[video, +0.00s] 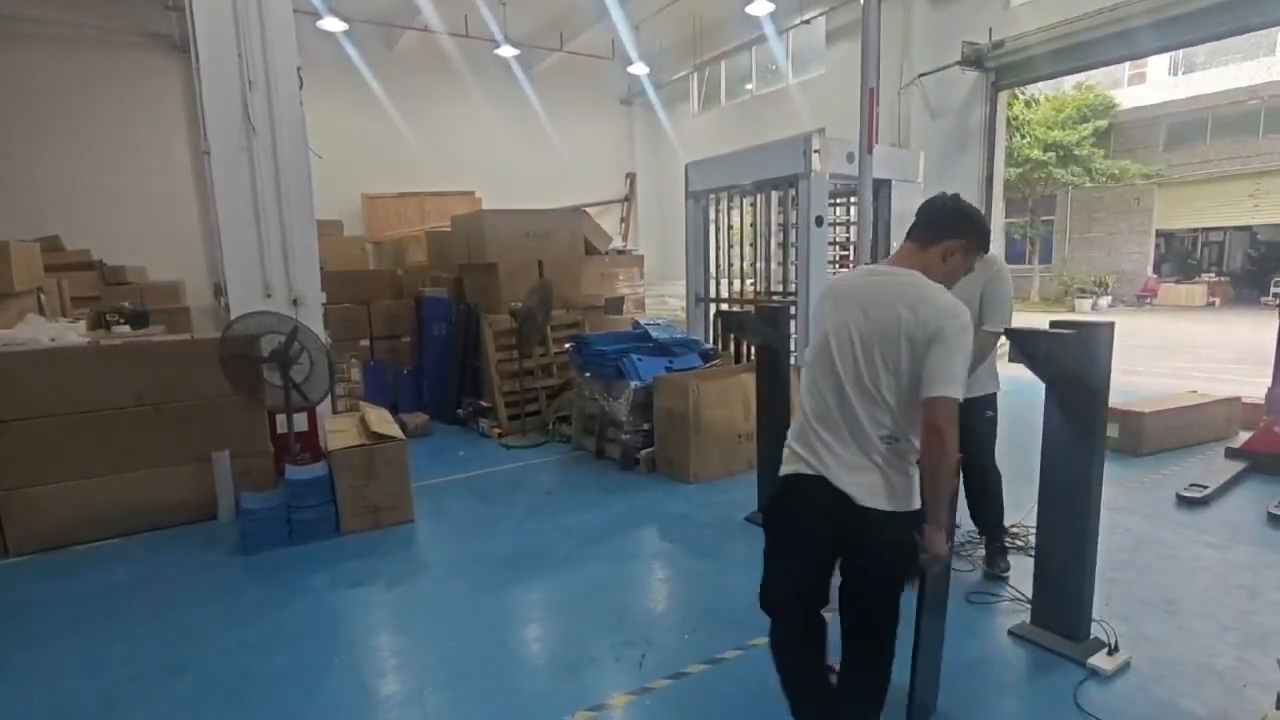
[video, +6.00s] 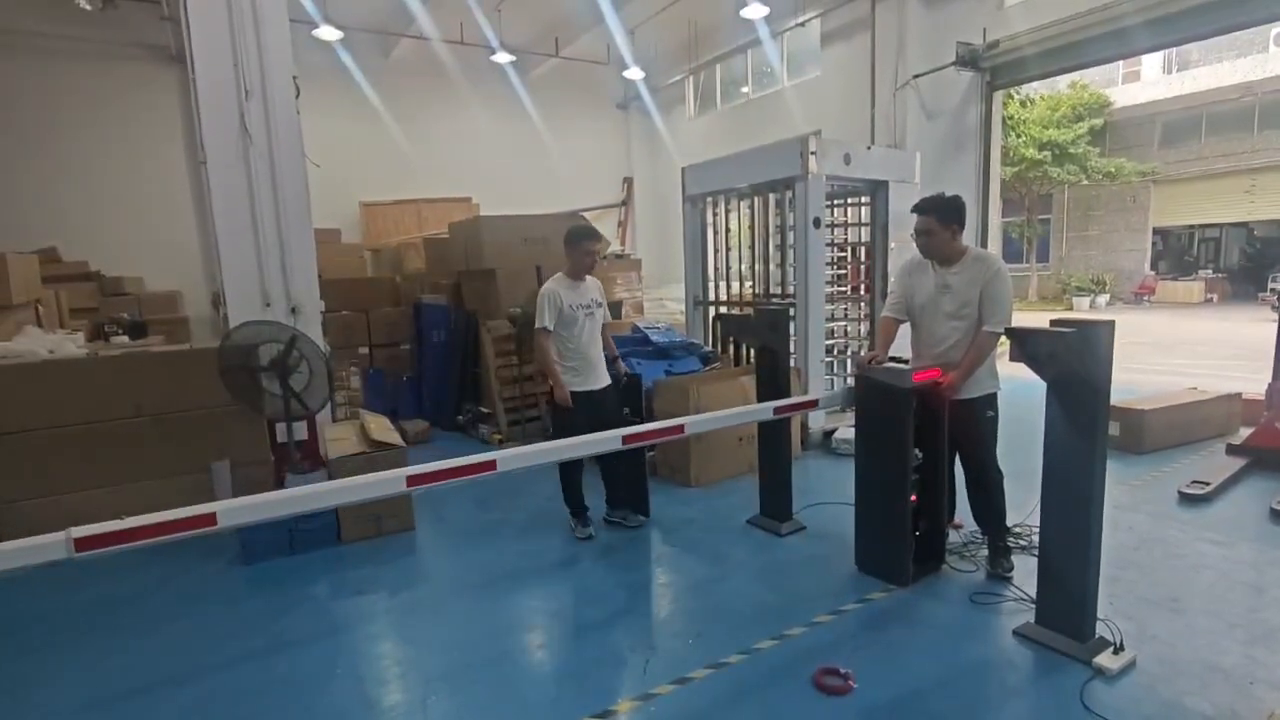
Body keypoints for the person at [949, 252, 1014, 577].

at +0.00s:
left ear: (978, 231)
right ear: (947, 231)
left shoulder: (993, 268)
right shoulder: (924, 260)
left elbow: (991, 333)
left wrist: (956, 373)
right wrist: (924, 367)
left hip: (976, 389)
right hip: (930, 388)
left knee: (980, 469)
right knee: (930, 465)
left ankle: (995, 544)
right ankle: (932, 538)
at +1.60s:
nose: (924, 239)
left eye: (932, 231)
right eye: (919, 231)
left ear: (955, 226)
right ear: (913, 229)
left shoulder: (983, 264)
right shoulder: (906, 263)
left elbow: (984, 326)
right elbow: (884, 311)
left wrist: (952, 370)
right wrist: (871, 345)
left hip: (966, 383)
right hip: (919, 382)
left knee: (970, 465)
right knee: (921, 465)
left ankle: (984, 540)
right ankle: (917, 543)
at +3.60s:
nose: (919, 245)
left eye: (927, 237)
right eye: (914, 237)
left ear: (951, 233)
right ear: (910, 235)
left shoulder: (980, 271)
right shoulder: (903, 270)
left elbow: (981, 333)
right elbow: (882, 316)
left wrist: (951, 374)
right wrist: (870, 352)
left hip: (963, 393)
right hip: (916, 392)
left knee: (969, 472)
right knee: (919, 473)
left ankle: (983, 543)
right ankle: (916, 548)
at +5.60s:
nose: (918, 241)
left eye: (926, 234)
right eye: (917, 234)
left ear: (955, 231)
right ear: (922, 231)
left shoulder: (990, 269)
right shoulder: (912, 268)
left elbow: (992, 331)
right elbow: (892, 314)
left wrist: (961, 375)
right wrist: (880, 351)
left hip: (976, 391)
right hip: (928, 391)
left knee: (983, 471)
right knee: (933, 472)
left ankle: (998, 544)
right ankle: (931, 548)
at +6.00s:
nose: (916, 241)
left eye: (924, 234)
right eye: (915, 233)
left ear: (953, 232)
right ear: (929, 232)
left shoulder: (989, 268)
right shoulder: (912, 267)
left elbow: (991, 330)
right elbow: (892, 313)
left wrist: (960, 374)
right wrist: (880, 350)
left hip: (975, 389)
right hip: (927, 390)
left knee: (982, 471)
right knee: (932, 471)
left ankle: (997, 543)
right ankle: (930, 545)